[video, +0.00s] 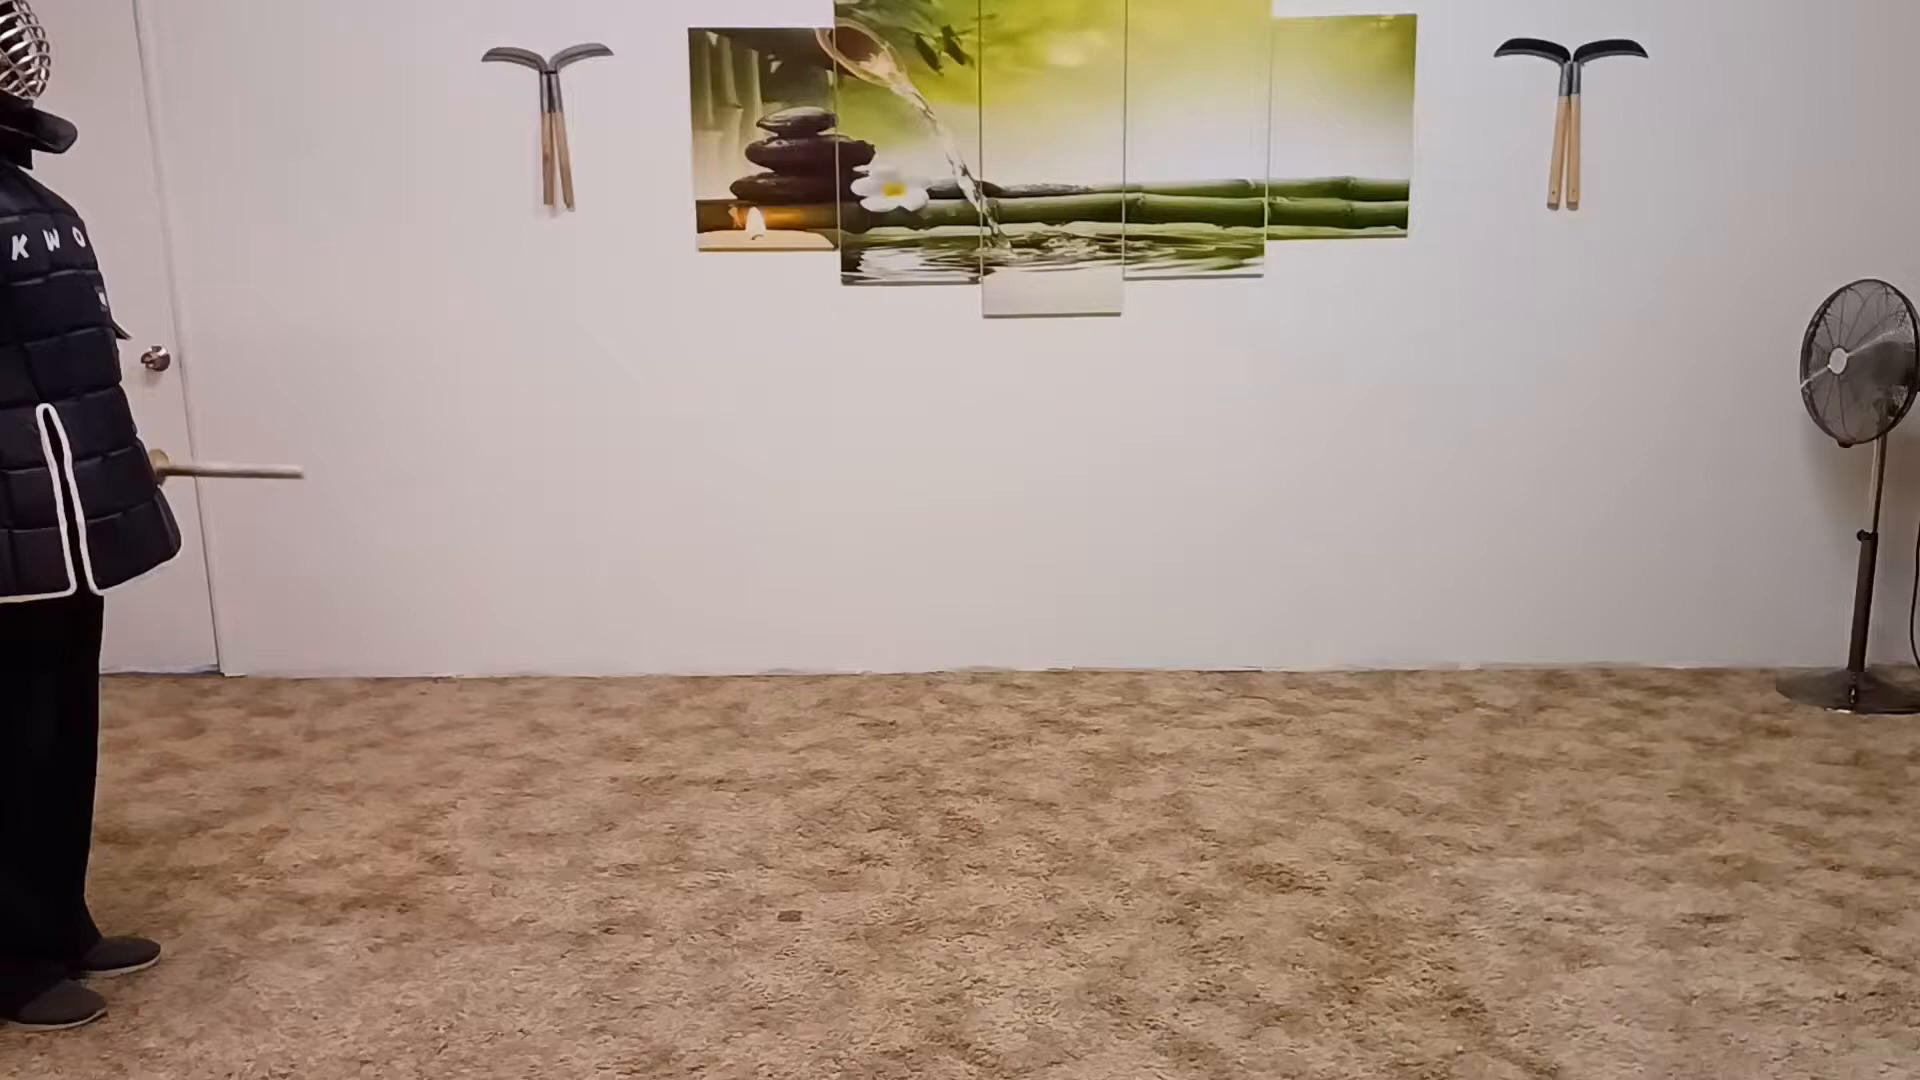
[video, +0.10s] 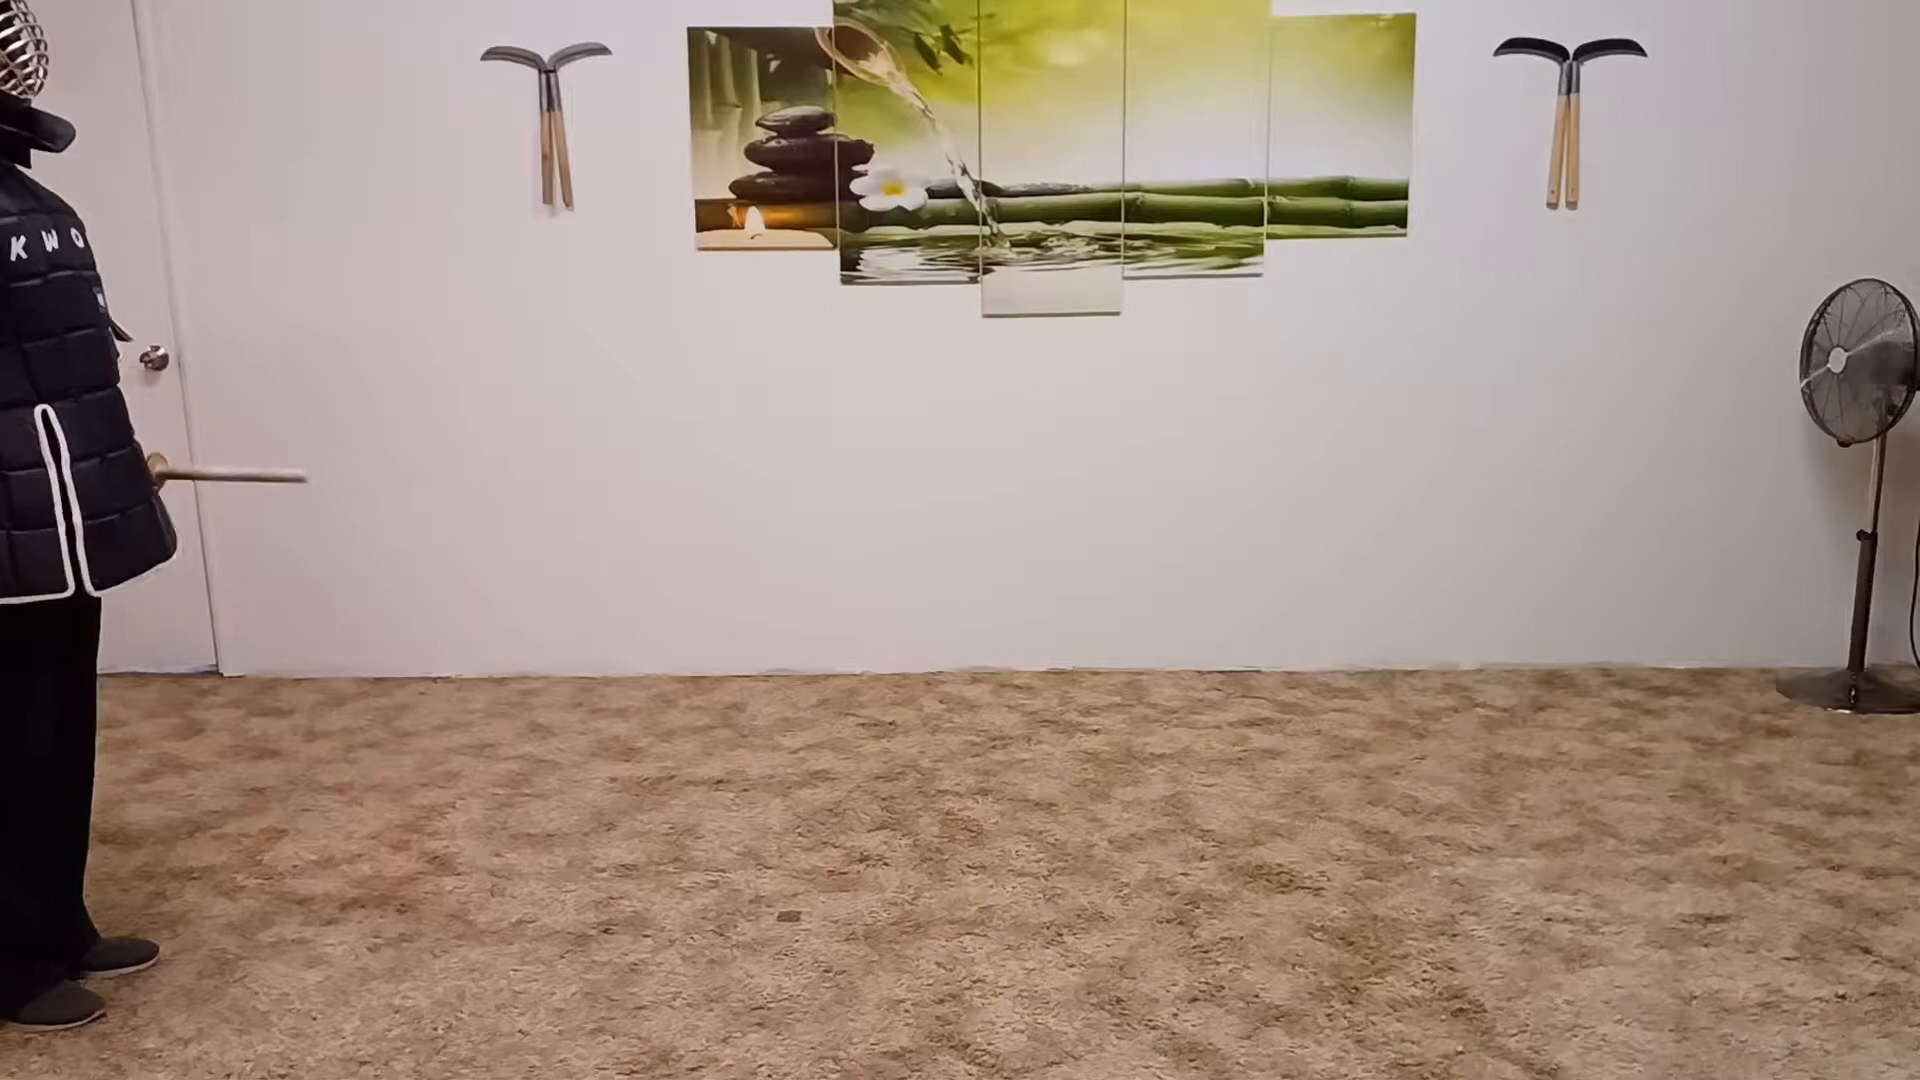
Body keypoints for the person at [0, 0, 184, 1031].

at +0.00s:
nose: (28, 87)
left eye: (27, 72)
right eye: (19, 70)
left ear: (21, 92)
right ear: (3, 90)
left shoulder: (44, 202)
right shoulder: (10, 210)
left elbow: (74, 362)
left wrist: (128, 487)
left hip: (69, 541)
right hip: (12, 554)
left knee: (65, 741)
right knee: (13, 753)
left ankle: (63, 931)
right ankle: (13, 968)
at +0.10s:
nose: (30, 82)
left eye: (26, 67)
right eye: (21, 65)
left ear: (17, 82)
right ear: (6, 80)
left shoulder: (39, 196)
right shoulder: (5, 202)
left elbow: (69, 356)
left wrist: (125, 463)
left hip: (67, 537)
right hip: (11, 551)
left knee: (63, 741)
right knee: (11, 752)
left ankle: (61, 931)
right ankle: (11, 968)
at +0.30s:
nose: (22, 76)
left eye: (21, 60)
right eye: (14, 60)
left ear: (18, 74)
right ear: (3, 75)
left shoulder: (40, 194)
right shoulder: (7, 197)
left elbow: (70, 324)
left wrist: (129, 332)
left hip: (66, 533)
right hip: (10, 544)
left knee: (60, 740)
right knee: (9, 751)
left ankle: (59, 931)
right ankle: (10, 968)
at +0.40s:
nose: (20, 68)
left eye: (19, 53)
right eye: (11, 54)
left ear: (18, 71)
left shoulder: (42, 204)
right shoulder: (7, 205)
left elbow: (83, 378)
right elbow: (30, 389)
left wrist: (139, 496)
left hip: (63, 539)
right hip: (7, 551)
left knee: (54, 748)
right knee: (5, 757)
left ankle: (57, 931)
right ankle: (8, 968)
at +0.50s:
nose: (23, 68)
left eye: (24, 54)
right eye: (13, 54)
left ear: (26, 72)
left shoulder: (48, 206)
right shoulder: (7, 205)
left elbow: (94, 373)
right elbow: (30, 382)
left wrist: (152, 490)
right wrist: (25, 543)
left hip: (68, 540)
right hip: (13, 550)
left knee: (61, 741)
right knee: (11, 750)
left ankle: (61, 931)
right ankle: (12, 968)